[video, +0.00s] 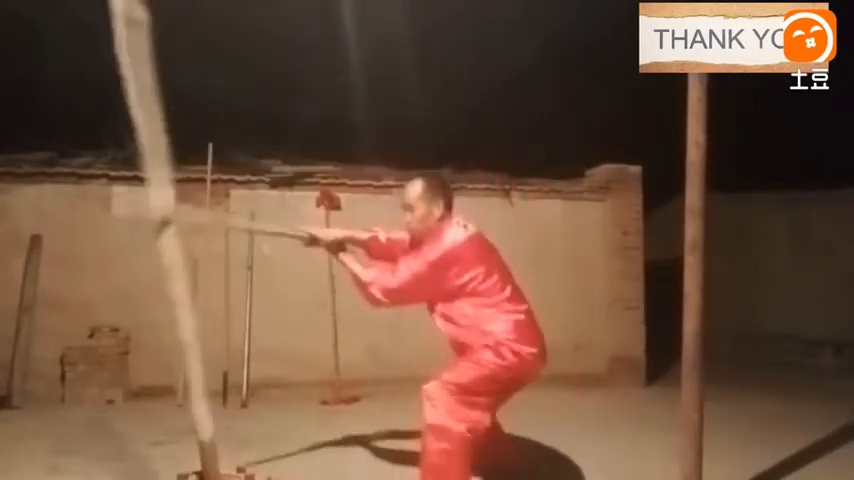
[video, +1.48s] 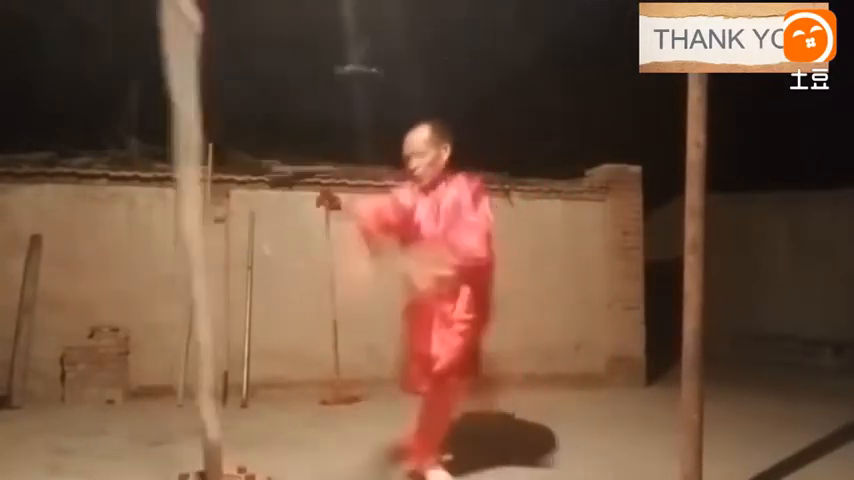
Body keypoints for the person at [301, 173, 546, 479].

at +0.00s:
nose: (405, 218)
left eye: (410, 209)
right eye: (405, 209)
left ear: (438, 210)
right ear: (436, 209)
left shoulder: (449, 248)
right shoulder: (452, 235)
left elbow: (384, 289)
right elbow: (395, 244)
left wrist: (343, 253)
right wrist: (342, 236)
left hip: (508, 352)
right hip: (511, 347)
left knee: (440, 395)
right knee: (460, 397)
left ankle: (445, 474)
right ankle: (497, 460)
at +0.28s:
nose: (416, 223)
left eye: (422, 214)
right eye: (415, 215)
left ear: (449, 215)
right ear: (447, 216)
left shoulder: (458, 253)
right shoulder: (459, 241)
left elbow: (394, 291)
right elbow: (401, 249)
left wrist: (348, 255)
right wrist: (353, 238)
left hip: (510, 358)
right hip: (514, 352)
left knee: (439, 398)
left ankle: (446, 475)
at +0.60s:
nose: (424, 212)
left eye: (430, 203)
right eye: (423, 204)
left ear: (456, 205)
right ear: (455, 207)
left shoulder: (464, 243)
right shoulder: (466, 233)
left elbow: (401, 277)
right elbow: (406, 240)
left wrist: (356, 243)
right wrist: (353, 228)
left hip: (508, 350)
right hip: (513, 346)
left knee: (444, 400)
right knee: (466, 408)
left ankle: (440, 474)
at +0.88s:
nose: (428, 191)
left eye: (435, 183)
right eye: (427, 183)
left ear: (459, 184)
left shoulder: (470, 220)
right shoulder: (464, 217)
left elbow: (404, 246)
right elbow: (405, 223)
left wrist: (364, 209)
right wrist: (351, 205)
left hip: (496, 337)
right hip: (497, 335)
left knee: (437, 401)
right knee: (458, 406)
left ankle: (450, 474)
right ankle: (465, 473)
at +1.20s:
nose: (423, 166)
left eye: (429, 158)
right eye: (422, 159)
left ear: (453, 160)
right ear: (449, 162)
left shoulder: (468, 194)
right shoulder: (445, 192)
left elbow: (404, 204)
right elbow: (392, 184)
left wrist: (336, 192)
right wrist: (366, 145)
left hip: (499, 304)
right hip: (470, 306)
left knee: (483, 367)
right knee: (466, 377)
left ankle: (517, 457)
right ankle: (487, 457)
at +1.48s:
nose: (412, 164)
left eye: (419, 155)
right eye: (408, 157)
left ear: (444, 153)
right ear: (406, 159)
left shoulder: (466, 191)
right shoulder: (412, 196)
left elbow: (476, 249)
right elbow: (379, 210)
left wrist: (439, 267)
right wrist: (343, 206)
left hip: (462, 296)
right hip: (424, 295)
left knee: (445, 372)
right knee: (426, 371)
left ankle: (426, 458)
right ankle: (427, 439)